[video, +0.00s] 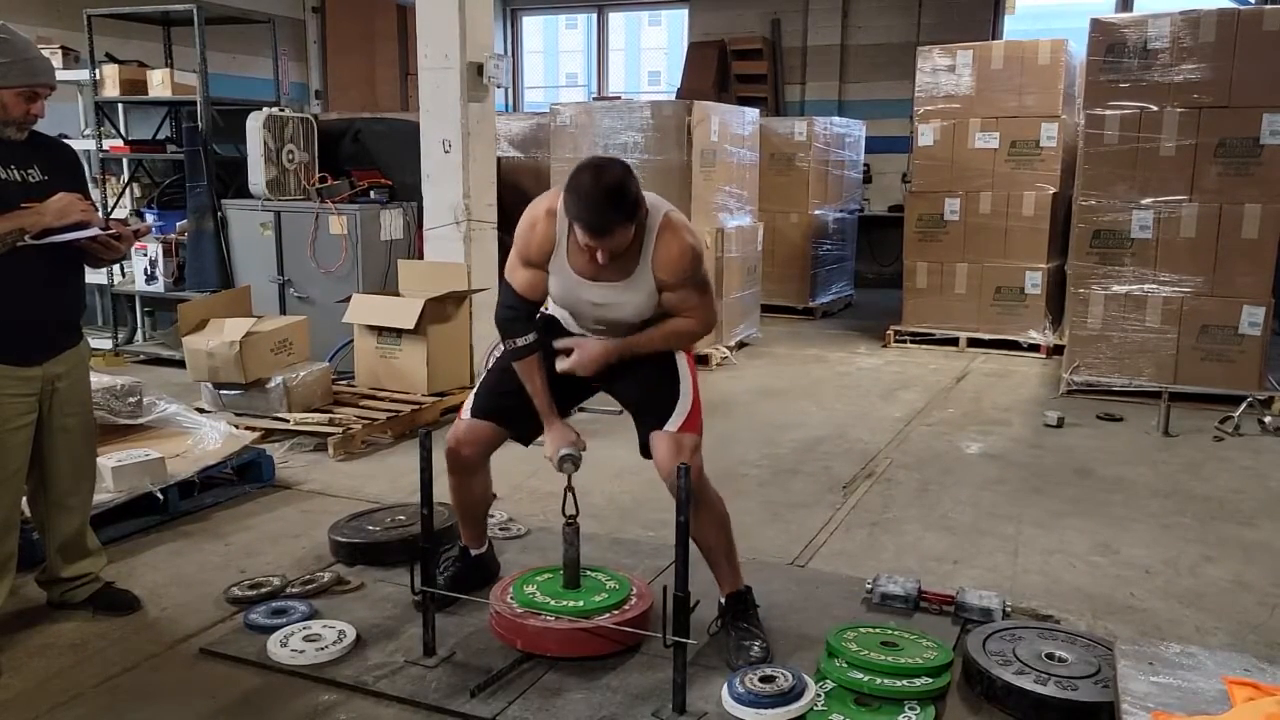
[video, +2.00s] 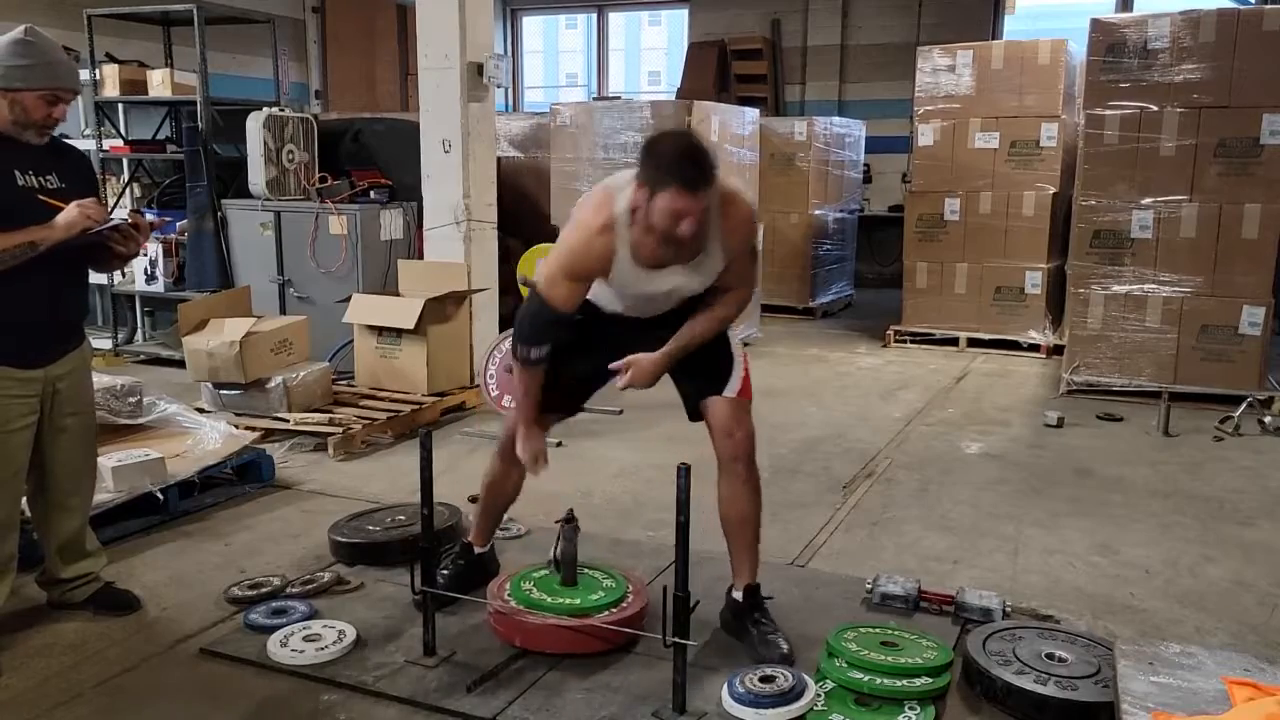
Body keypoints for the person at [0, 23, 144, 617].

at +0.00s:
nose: (38, 108)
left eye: (44, 96)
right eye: (28, 96)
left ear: (47, 92)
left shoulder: (59, 156)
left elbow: (84, 245)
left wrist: (109, 249)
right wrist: (38, 217)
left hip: (64, 346)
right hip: (5, 355)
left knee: (69, 474)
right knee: (6, 490)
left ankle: (74, 580)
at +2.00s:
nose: (61, 113)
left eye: (67, 101)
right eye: (51, 100)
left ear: (67, 98)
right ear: (11, 94)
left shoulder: (72, 161)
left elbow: (85, 253)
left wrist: (120, 251)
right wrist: (51, 231)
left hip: (67, 352)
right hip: (7, 361)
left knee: (69, 476)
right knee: (7, 492)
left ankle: (73, 581)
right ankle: (1, 598)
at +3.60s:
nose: (32, 106)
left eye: (41, 94)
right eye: (19, 93)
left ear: (51, 95)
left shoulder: (76, 159)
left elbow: (107, 241)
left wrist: (121, 248)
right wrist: (22, 210)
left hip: (81, 351)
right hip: (9, 362)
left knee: (86, 474)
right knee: (8, 490)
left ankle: (76, 580)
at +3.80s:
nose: (58, 100)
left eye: (58, 88)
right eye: (51, 90)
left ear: (55, 94)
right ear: (38, 93)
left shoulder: (88, 159)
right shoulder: (74, 162)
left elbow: (108, 248)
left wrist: (120, 246)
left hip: (84, 339)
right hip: (32, 344)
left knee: (86, 468)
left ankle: (76, 582)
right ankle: (62, 581)